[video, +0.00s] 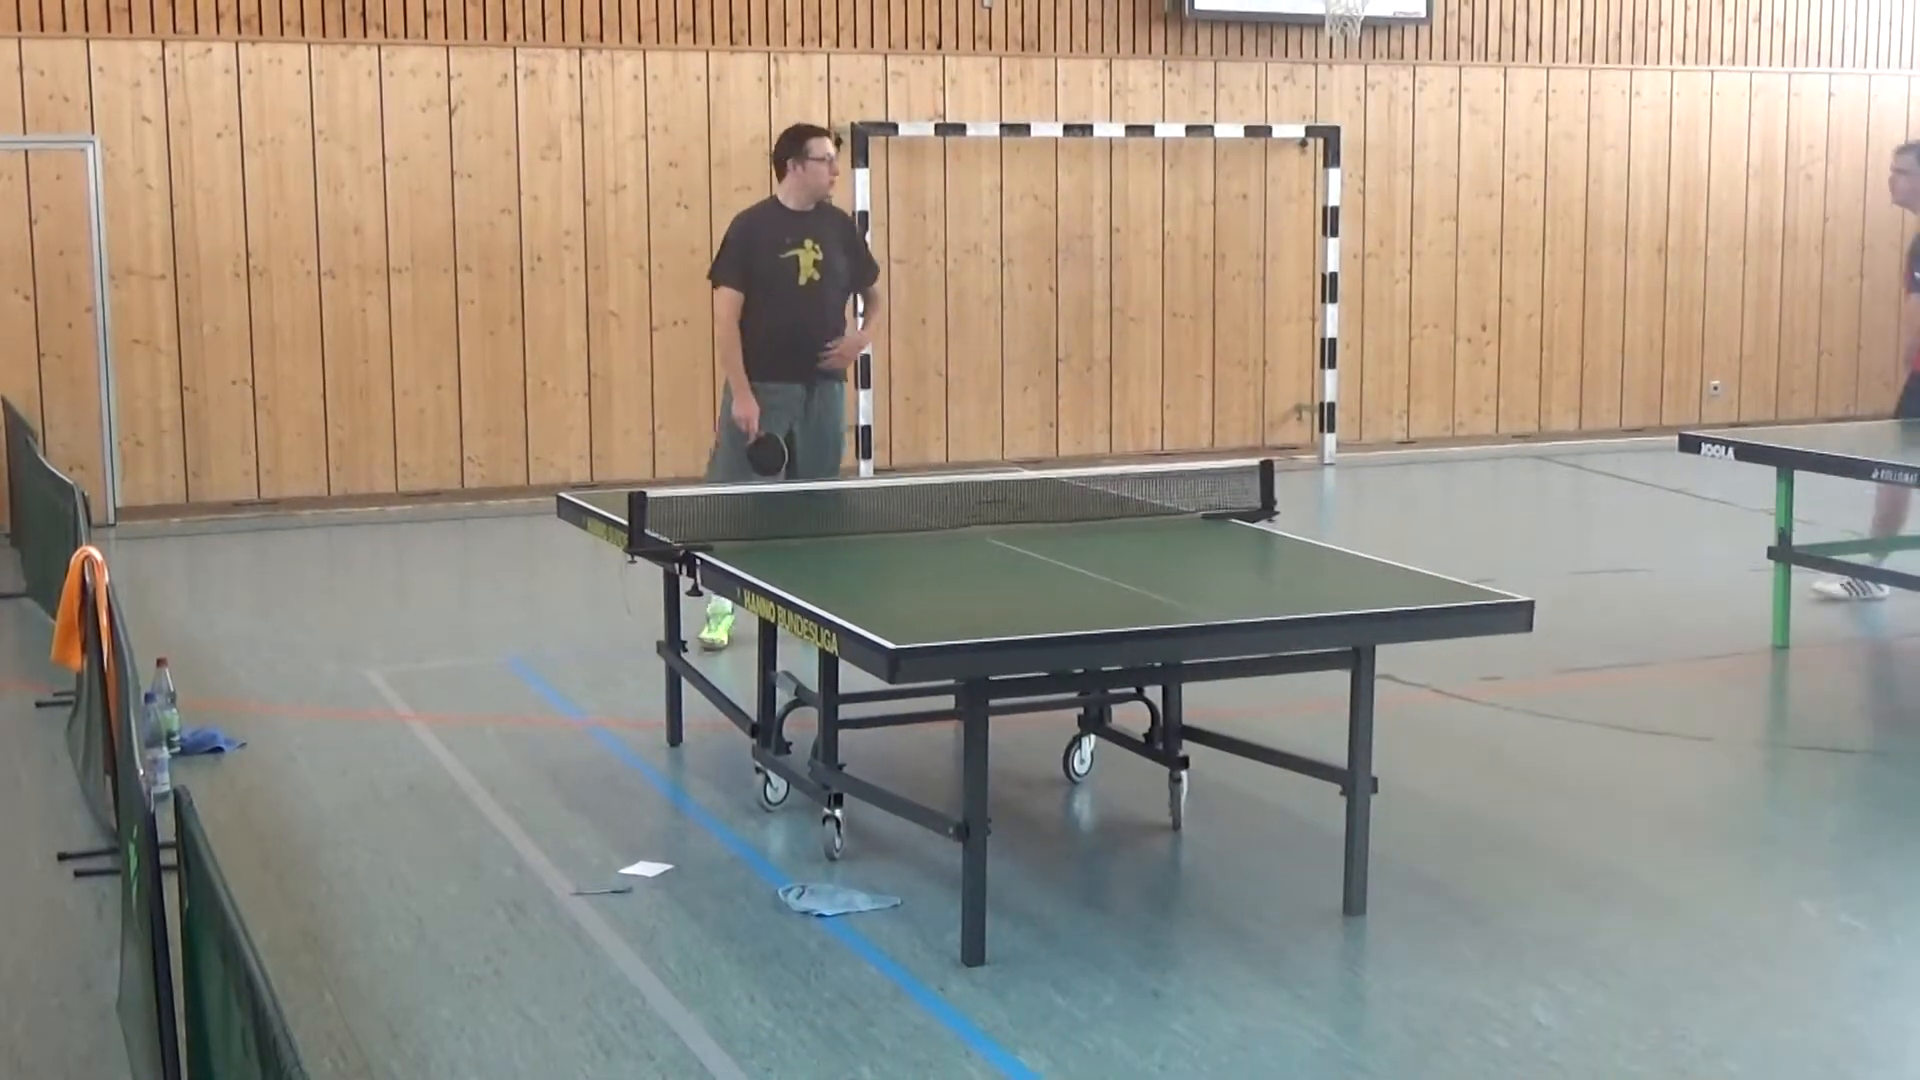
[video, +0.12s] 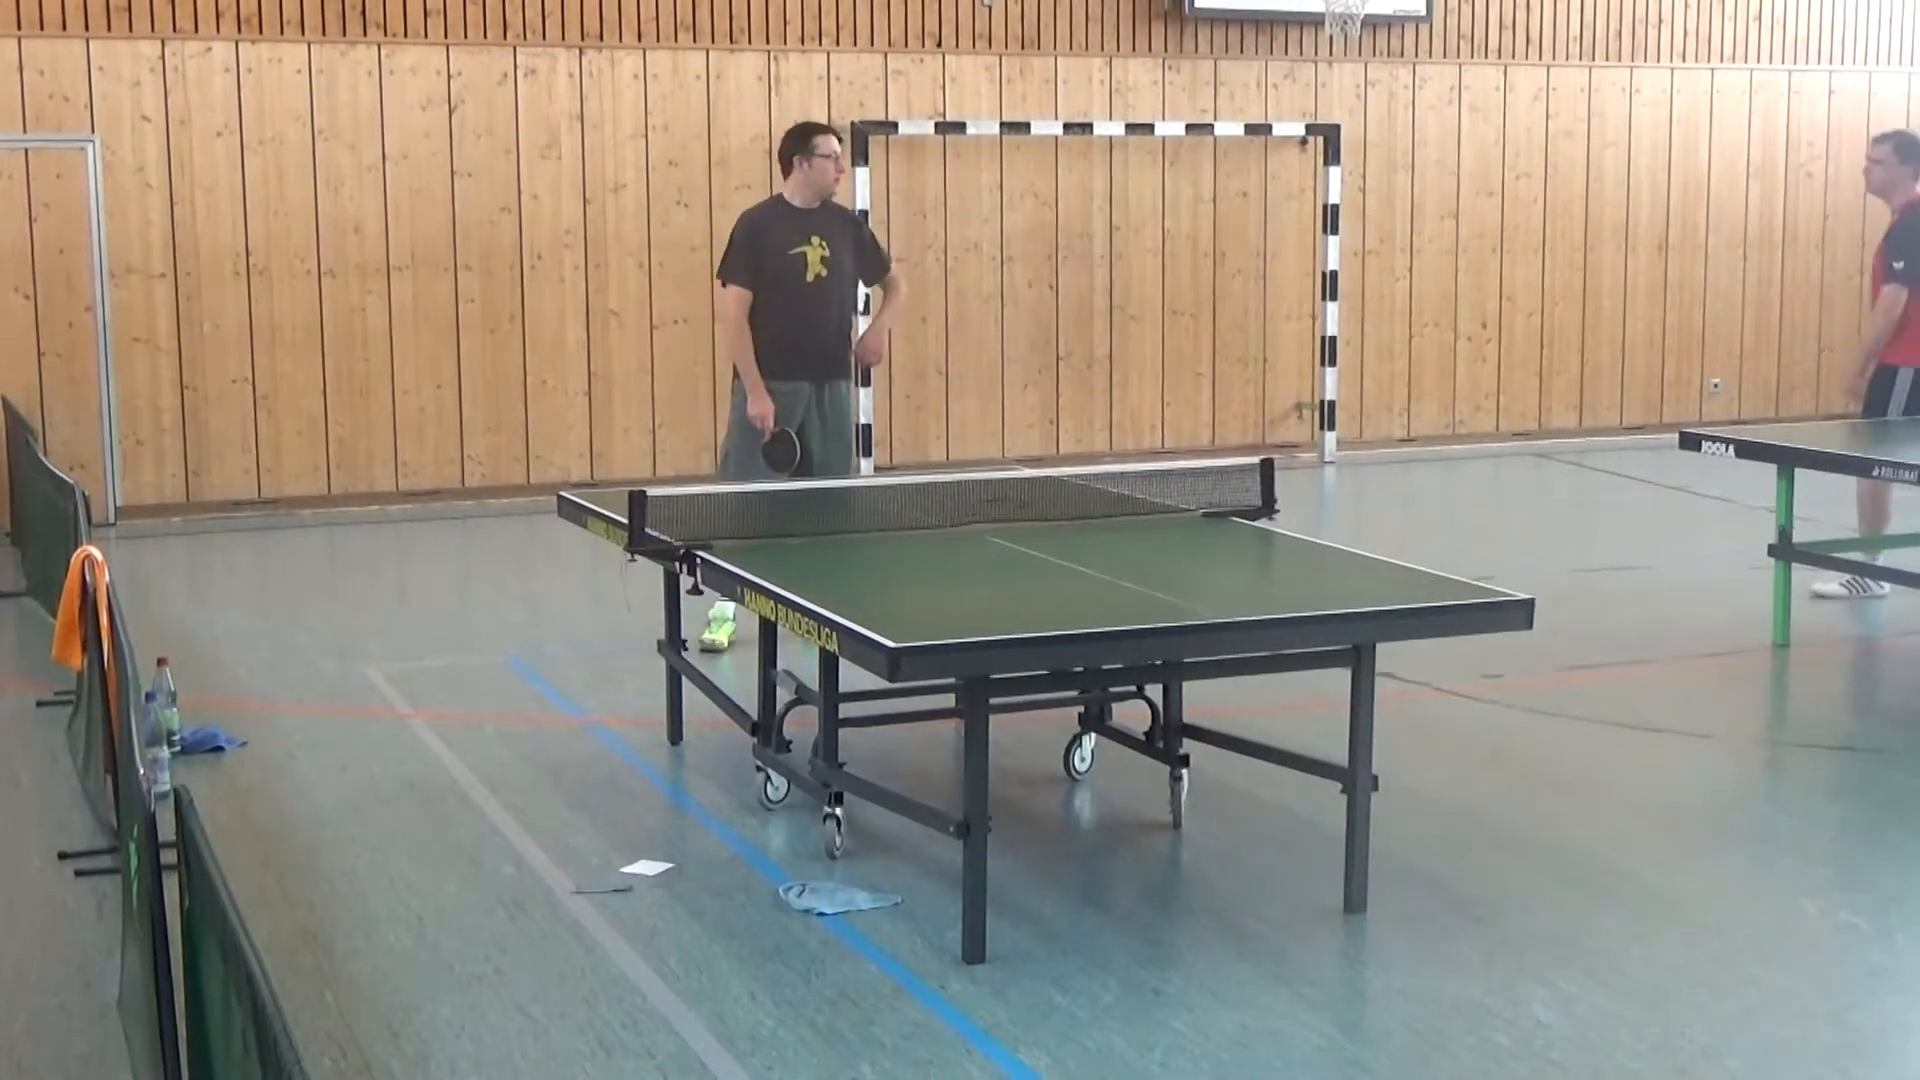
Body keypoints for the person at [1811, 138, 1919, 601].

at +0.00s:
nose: (1892, 181)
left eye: (1901, 173)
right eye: (1893, 172)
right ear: (1903, 179)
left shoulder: (1918, 244)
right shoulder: (1914, 243)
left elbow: (1914, 317)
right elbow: (1913, 314)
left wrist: (1909, 372)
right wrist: (1909, 371)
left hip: (1917, 375)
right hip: (1915, 374)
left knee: (1898, 461)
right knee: (1896, 462)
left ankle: (1871, 568)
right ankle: (1870, 568)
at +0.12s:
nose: (1866, 170)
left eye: (1876, 163)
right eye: (1868, 162)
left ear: (1906, 171)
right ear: (1900, 172)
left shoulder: (1909, 224)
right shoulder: (1903, 220)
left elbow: (1894, 303)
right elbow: (1895, 303)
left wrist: (1860, 368)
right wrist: (1867, 367)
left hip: (1905, 361)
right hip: (1899, 359)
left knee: (1874, 460)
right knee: (1874, 460)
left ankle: (1868, 569)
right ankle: (1866, 565)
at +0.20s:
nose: (1853, 166)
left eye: (1863, 158)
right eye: (1855, 157)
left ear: (1892, 166)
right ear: (1885, 167)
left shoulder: (1896, 218)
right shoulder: (1897, 212)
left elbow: (1869, 296)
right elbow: (1876, 294)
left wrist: (1812, 350)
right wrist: (1839, 335)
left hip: (1890, 361)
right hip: (1895, 359)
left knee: (1864, 463)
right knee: (1898, 465)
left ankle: (1865, 569)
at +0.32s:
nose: (1832, 165)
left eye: (1843, 158)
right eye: (1832, 157)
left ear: (1872, 164)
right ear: (1844, 164)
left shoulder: (1878, 208)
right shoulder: (1867, 208)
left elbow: (1815, 252)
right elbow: (1867, 289)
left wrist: (1738, 266)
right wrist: (1835, 339)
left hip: (1876, 356)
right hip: (1850, 354)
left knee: (1860, 462)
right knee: (1821, 453)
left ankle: (1870, 572)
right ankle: (1885, 538)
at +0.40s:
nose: (1813, 167)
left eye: (1823, 160)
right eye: (1813, 159)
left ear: (1853, 164)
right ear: (1824, 165)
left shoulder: (1866, 205)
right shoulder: (1836, 214)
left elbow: (1809, 220)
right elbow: (1844, 293)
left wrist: (1731, 195)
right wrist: (1806, 322)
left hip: (1863, 355)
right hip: (1824, 355)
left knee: (1860, 463)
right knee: (1791, 452)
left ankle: (1869, 572)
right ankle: (1814, 556)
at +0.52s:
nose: (1777, 175)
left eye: (1787, 167)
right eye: (1776, 167)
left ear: (1810, 168)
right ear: (1793, 172)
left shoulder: (1838, 210)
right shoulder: (1802, 220)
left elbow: (1796, 196)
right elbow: (1813, 284)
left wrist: (1777, 137)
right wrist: (1772, 304)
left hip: (1837, 359)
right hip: (1796, 359)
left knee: (1848, 467)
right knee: (1764, 460)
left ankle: (1865, 571)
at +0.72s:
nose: (1714, 170)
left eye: (1722, 162)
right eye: (1714, 162)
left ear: (1751, 166)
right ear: (1739, 169)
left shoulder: (1781, 213)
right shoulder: (1732, 220)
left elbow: (1782, 268)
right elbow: (1736, 292)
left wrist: (1794, 198)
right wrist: (1710, 331)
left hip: (1773, 366)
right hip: (1726, 364)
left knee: (1796, 467)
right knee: (1697, 462)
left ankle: (1852, 555)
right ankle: (1677, 567)